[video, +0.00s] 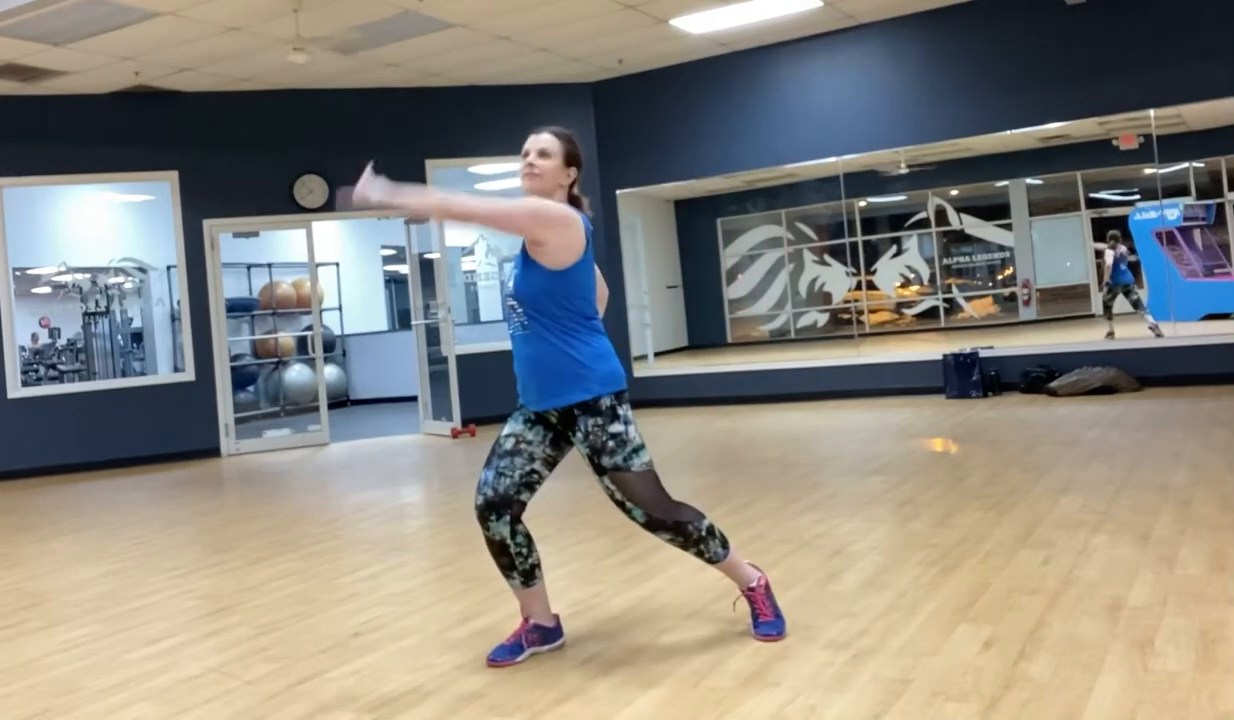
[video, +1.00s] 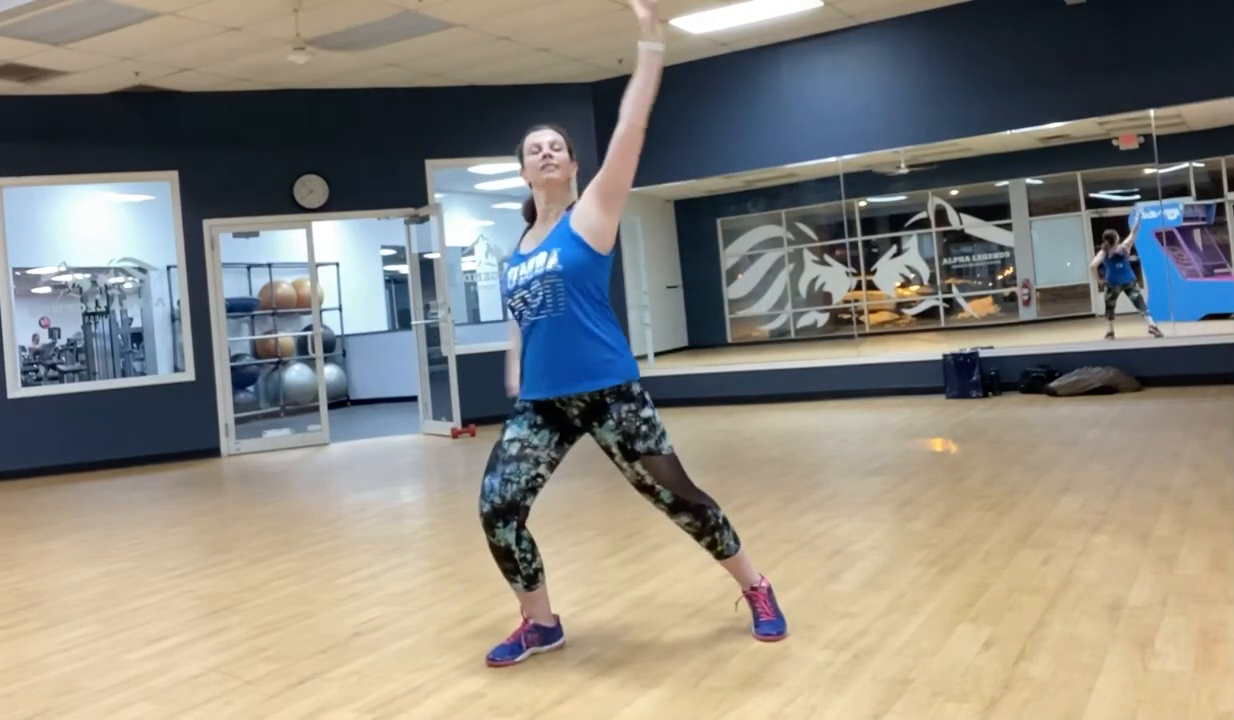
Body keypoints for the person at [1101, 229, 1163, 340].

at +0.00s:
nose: (1108, 241)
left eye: (1109, 240)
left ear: (1109, 240)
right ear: (1119, 239)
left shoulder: (1109, 250)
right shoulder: (1123, 249)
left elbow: (1108, 264)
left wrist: (1106, 279)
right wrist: (1092, 245)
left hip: (1115, 280)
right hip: (1128, 279)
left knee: (1107, 303)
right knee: (1138, 304)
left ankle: (1110, 330)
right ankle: (1152, 323)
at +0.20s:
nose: (1109, 243)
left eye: (1109, 241)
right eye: (1110, 241)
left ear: (1109, 241)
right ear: (1117, 239)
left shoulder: (1108, 251)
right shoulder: (1123, 246)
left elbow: (1108, 265)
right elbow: (1110, 232)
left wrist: (1105, 280)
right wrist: (1099, 224)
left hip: (1114, 280)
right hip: (1127, 278)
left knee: (1108, 304)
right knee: (1137, 303)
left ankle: (1111, 330)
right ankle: (1152, 324)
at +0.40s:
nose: (1109, 242)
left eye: (1108, 240)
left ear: (1107, 241)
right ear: (1117, 239)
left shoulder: (1107, 251)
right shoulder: (1123, 248)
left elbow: (1104, 265)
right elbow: (1121, 232)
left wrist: (1104, 281)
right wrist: (1115, 218)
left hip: (1113, 281)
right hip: (1127, 278)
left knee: (1108, 304)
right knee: (1138, 304)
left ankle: (1110, 330)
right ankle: (1152, 323)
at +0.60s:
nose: (1106, 242)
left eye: (1106, 240)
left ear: (1106, 241)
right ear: (1117, 239)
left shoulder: (1105, 252)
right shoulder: (1123, 248)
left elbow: (1101, 265)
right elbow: (1126, 232)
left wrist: (1103, 281)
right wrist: (1126, 215)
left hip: (1112, 282)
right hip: (1127, 281)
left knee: (1109, 306)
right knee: (1138, 304)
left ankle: (1110, 330)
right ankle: (1152, 324)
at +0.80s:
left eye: (1107, 240)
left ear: (1105, 241)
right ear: (1117, 240)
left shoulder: (1105, 252)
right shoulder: (1123, 248)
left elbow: (1098, 265)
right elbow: (1129, 232)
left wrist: (1101, 281)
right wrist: (1131, 215)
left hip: (1112, 282)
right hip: (1127, 280)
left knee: (1109, 305)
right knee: (1139, 303)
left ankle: (1110, 330)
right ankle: (1151, 324)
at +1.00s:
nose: (1118, 239)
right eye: (1117, 237)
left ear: (1105, 241)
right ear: (1117, 239)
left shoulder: (1104, 252)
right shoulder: (1124, 247)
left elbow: (1093, 265)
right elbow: (1133, 234)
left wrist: (1098, 280)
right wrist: (1138, 221)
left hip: (1113, 281)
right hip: (1128, 279)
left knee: (1110, 306)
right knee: (1139, 301)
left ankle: (1111, 330)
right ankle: (1151, 324)